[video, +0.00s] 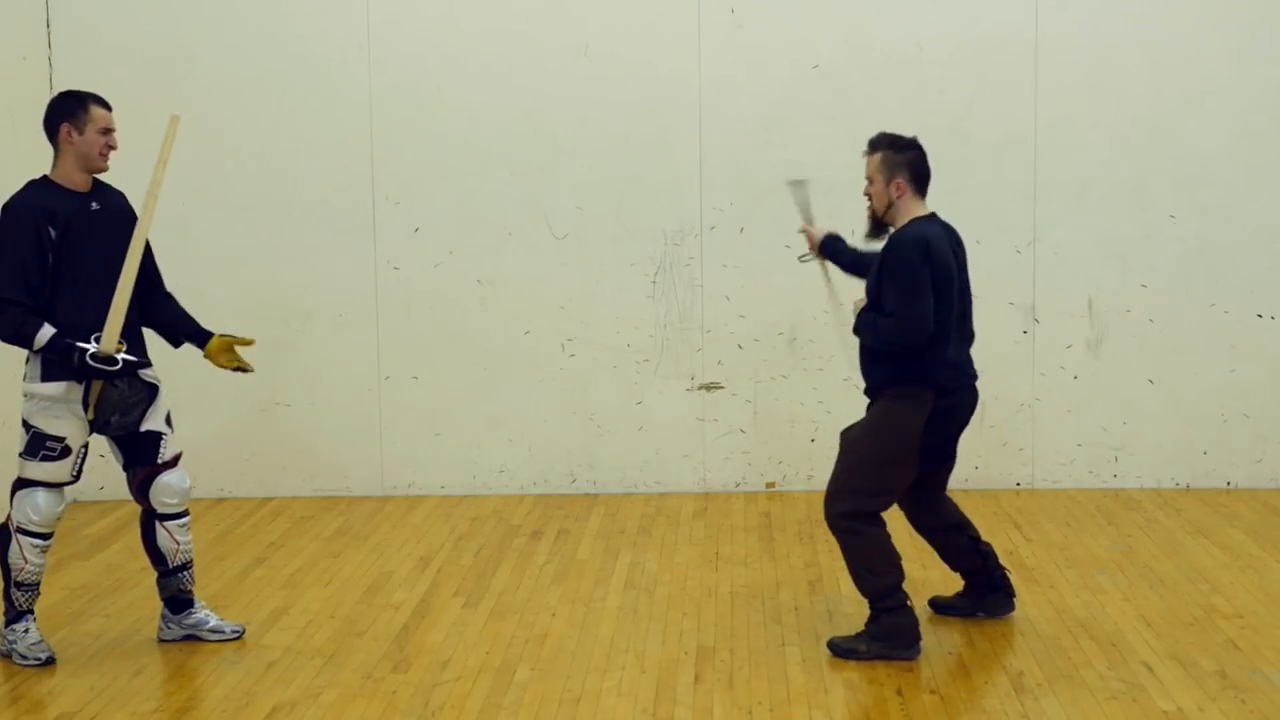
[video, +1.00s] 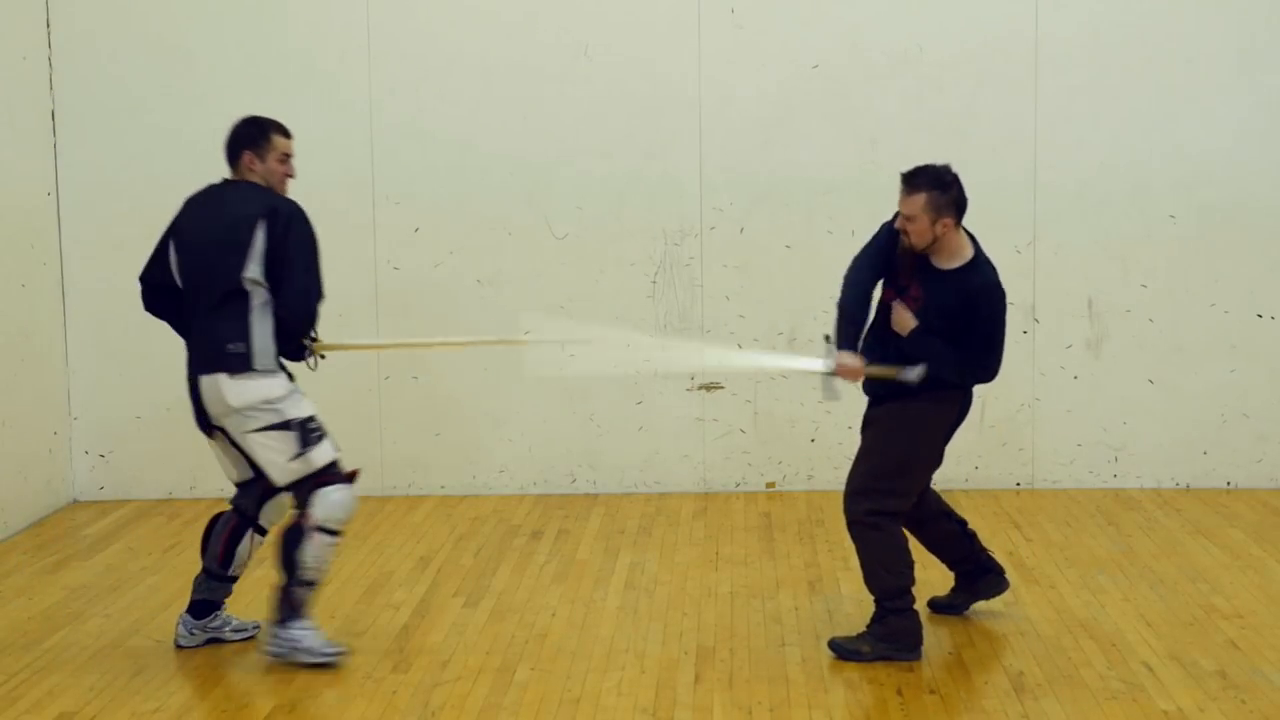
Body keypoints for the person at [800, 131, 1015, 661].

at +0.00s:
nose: (865, 193)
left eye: (869, 182)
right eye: (865, 182)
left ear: (898, 185)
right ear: (908, 186)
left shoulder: (908, 247)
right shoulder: (941, 236)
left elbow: (910, 330)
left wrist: (863, 319)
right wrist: (830, 246)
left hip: (913, 401)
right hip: (948, 396)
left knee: (849, 506)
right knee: (921, 497)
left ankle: (892, 629)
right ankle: (989, 586)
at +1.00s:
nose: (900, 226)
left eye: (911, 220)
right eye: (901, 216)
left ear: (946, 224)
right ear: (905, 208)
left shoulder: (980, 287)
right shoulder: (902, 233)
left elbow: (983, 368)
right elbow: (859, 276)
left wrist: (915, 334)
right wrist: (848, 346)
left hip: (935, 400)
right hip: (888, 388)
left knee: (868, 503)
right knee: (903, 493)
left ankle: (896, 628)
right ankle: (979, 572)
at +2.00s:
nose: (956, 220)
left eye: (964, 209)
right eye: (950, 211)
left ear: (994, 209)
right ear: (948, 215)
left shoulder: (1047, 237)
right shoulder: (959, 258)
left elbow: (1097, 294)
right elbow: (964, 317)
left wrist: (1031, 317)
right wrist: (932, 266)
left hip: (1076, 358)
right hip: (1009, 359)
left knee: (1076, 465)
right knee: (991, 460)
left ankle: (1083, 570)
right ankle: (999, 560)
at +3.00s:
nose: (1022, 257)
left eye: (1033, 246)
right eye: (1014, 245)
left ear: (1052, 242)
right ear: (1004, 239)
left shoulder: (1082, 266)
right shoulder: (990, 269)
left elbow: (1119, 322)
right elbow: (991, 353)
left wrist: (1054, 338)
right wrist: (974, 321)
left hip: (1074, 377)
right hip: (1005, 374)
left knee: (1075, 475)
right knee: (984, 470)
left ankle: (1075, 581)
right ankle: (997, 563)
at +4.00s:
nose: (1023, 262)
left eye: (1035, 255)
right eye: (1019, 249)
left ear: (1061, 252)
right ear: (1013, 241)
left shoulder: (1090, 275)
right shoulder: (994, 268)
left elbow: (1115, 335)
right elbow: (979, 351)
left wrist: (1053, 343)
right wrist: (969, 324)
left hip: (1071, 384)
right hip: (1001, 380)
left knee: (1075, 480)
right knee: (981, 475)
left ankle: (1075, 577)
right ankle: (997, 565)